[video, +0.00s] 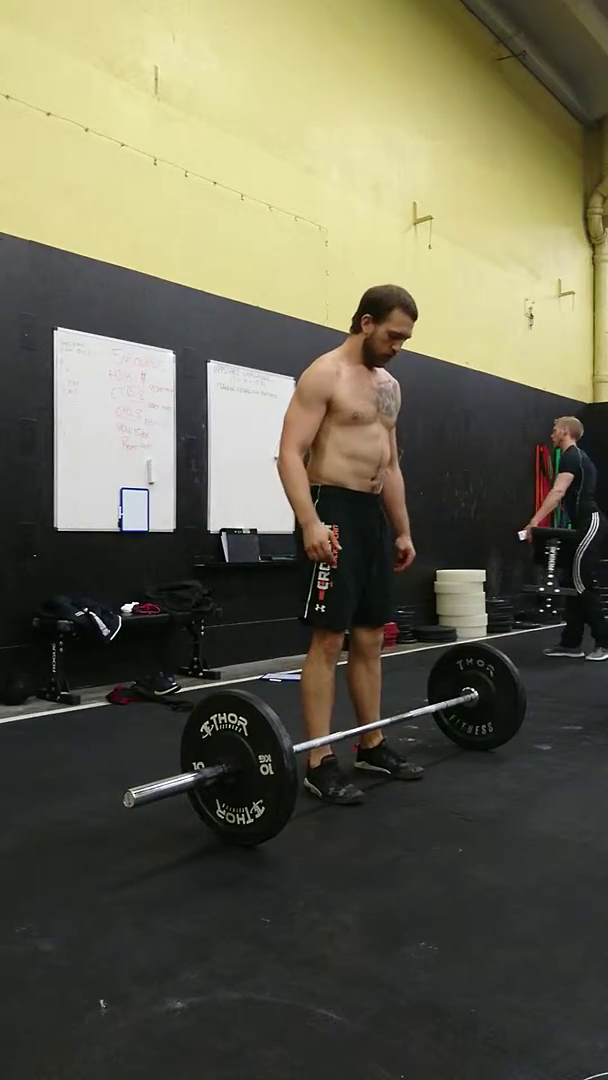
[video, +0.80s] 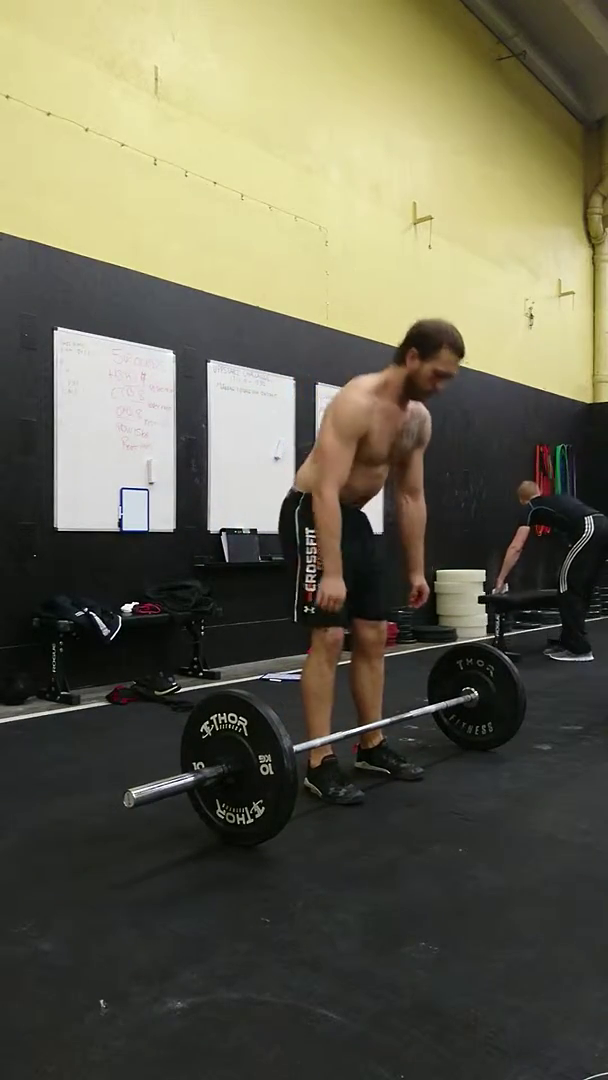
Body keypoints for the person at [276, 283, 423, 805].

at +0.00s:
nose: (398, 346)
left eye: (405, 338)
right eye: (393, 336)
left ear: (402, 334)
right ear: (365, 323)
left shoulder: (389, 385)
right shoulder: (324, 374)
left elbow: (389, 464)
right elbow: (289, 454)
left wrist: (402, 529)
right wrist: (309, 524)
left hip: (373, 515)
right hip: (333, 515)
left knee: (369, 639)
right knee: (329, 640)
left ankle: (372, 746)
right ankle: (319, 761)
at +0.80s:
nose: (441, 386)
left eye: (448, 378)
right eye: (438, 375)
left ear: (440, 369)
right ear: (411, 357)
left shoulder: (418, 419)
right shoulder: (356, 401)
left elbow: (411, 495)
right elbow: (326, 487)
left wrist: (417, 570)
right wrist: (332, 571)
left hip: (355, 516)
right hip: (312, 512)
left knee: (372, 636)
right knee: (328, 638)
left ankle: (371, 746)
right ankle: (319, 761)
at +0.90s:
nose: (453, 425)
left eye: (459, 418)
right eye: (451, 414)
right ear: (425, 395)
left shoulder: (425, 450)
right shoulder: (365, 433)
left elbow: (413, 525)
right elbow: (338, 523)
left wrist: (413, 601)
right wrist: (337, 607)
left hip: (351, 526)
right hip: (305, 520)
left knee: (373, 635)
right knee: (328, 638)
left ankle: (371, 744)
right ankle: (320, 761)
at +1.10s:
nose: (459, 501)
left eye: (467, 495)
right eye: (459, 491)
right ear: (437, 468)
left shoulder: (433, 513)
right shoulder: (375, 498)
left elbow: (419, 586)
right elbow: (346, 593)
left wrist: (413, 659)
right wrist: (336, 678)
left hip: (352, 545)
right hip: (298, 536)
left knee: (382, 636)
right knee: (328, 643)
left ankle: (373, 746)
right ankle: (320, 761)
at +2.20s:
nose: (463, 435)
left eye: (469, 426)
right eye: (457, 422)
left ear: (471, 424)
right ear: (427, 410)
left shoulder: (442, 476)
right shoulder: (378, 462)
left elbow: (427, 554)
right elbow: (352, 559)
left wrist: (418, 628)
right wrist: (337, 639)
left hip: (356, 538)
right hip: (308, 529)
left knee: (385, 636)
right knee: (330, 646)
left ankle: (373, 747)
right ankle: (319, 763)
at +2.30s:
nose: (444, 374)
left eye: (448, 365)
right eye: (436, 363)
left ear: (444, 368)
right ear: (404, 360)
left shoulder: (433, 431)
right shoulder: (367, 421)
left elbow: (427, 512)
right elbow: (355, 517)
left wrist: (423, 587)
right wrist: (345, 595)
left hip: (363, 528)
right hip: (315, 523)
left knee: (389, 636)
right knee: (338, 638)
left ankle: (373, 746)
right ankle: (321, 762)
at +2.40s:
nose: (405, 336)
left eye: (408, 328)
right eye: (397, 326)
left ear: (404, 331)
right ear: (366, 328)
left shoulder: (408, 386)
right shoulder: (343, 381)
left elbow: (419, 466)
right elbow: (350, 468)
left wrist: (431, 539)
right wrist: (354, 546)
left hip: (382, 520)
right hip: (337, 519)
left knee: (407, 639)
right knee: (358, 643)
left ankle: (377, 744)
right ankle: (326, 760)